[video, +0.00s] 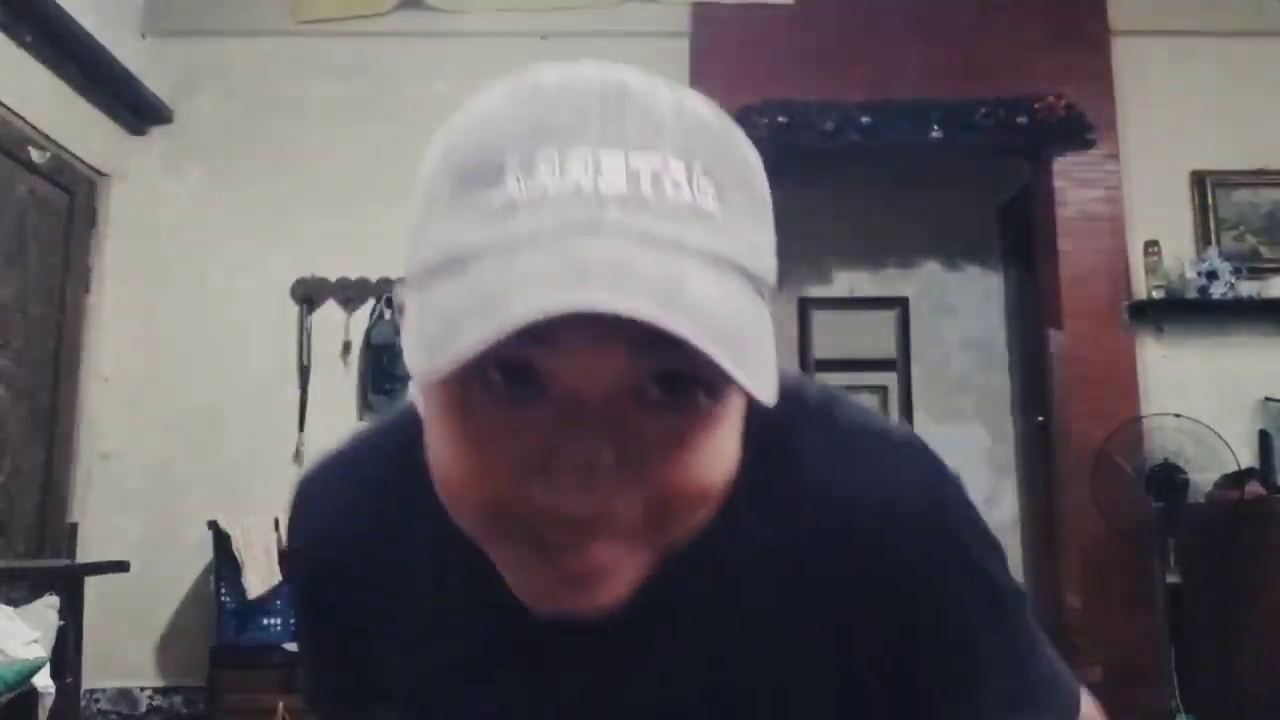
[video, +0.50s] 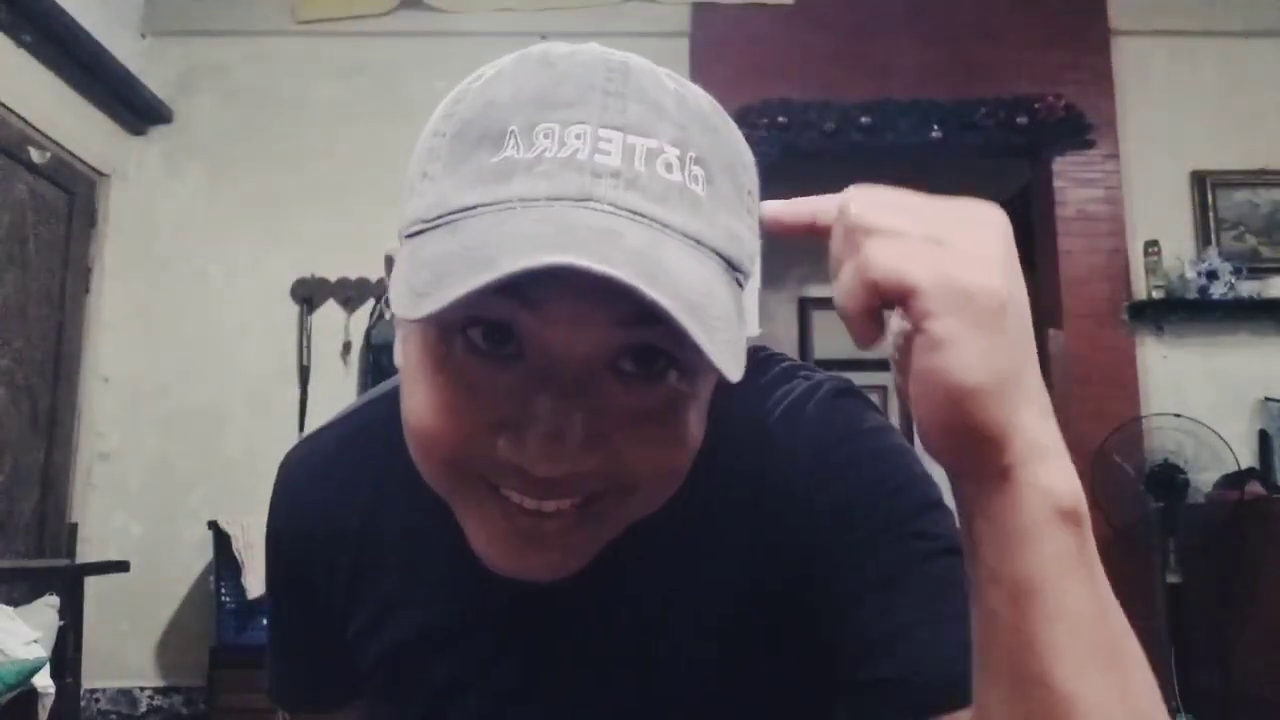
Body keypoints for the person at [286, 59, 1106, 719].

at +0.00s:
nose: (585, 474)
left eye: (666, 391)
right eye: (515, 382)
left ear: (757, 378)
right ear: (418, 364)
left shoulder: (882, 512)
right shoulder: (344, 527)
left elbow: (1049, 711)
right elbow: (347, 704)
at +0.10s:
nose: (558, 450)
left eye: (650, 374)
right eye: (498, 345)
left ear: (739, 362)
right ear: (409, 300)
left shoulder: (854, 483)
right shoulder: (333, 492)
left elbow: (967, 677)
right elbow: (326, 697)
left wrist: (1079, 657)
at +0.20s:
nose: (543, 447)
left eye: (640, 375)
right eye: (492, 334)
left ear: (727, 364)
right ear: (409, 289)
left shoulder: (849, 489)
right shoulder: (331, 487)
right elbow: (320, 699)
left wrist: (1097, 574)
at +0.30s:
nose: (539, 447)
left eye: (633, 373)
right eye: (485, 336)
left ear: (721, 366)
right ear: (401, 305)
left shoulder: (847, 493)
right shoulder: (328, 500)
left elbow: (1090, 698)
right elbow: (311, 705)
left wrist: (1046, 497)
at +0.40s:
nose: (544, 453)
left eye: (638, 374)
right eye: (485, 341)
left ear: (722, 368)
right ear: (400, 303)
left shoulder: (836, 479)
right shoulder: (325, 503)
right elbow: (303, 700)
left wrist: (1016, 490)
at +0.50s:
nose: (553, 447)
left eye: (643, 366)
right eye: (489, 339)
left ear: (728, 358)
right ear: (400, 300)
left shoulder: (831, 477)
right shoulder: (326, 499)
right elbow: (305, 698)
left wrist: (1013, 466)